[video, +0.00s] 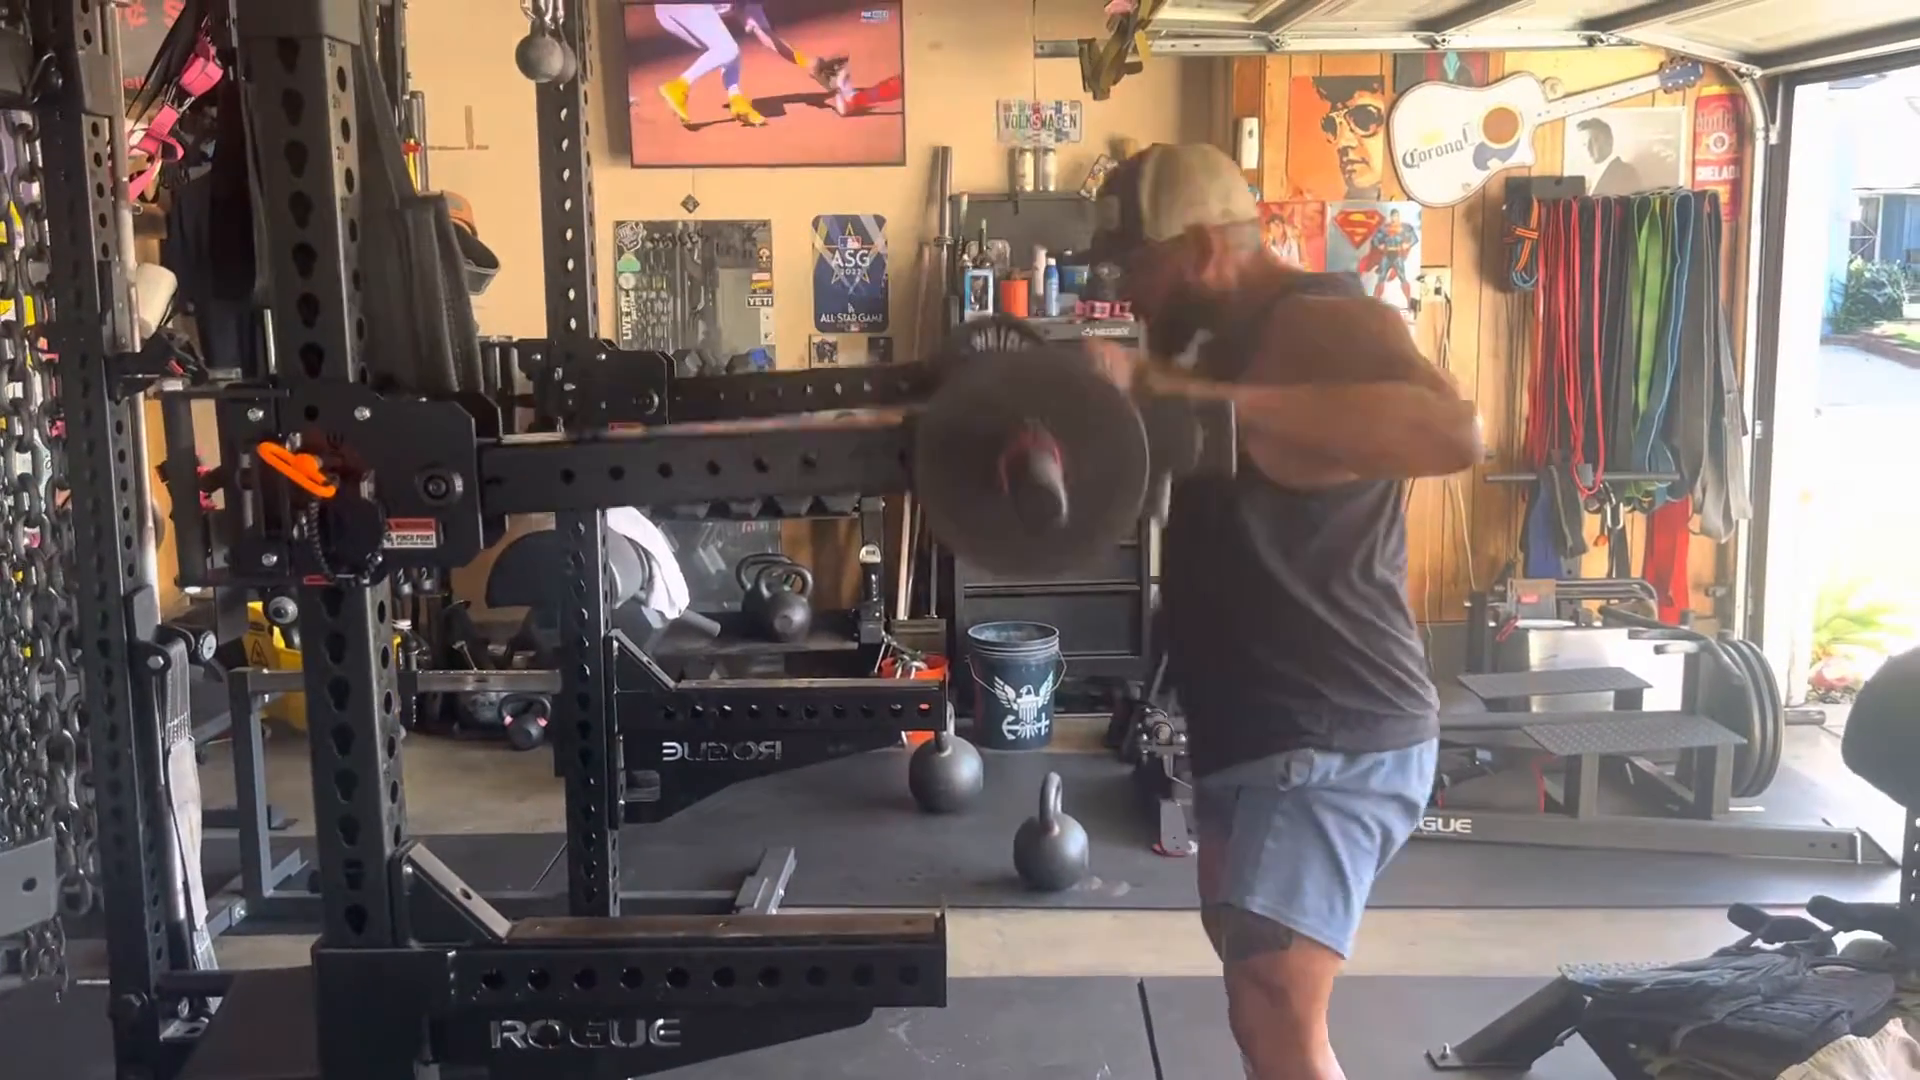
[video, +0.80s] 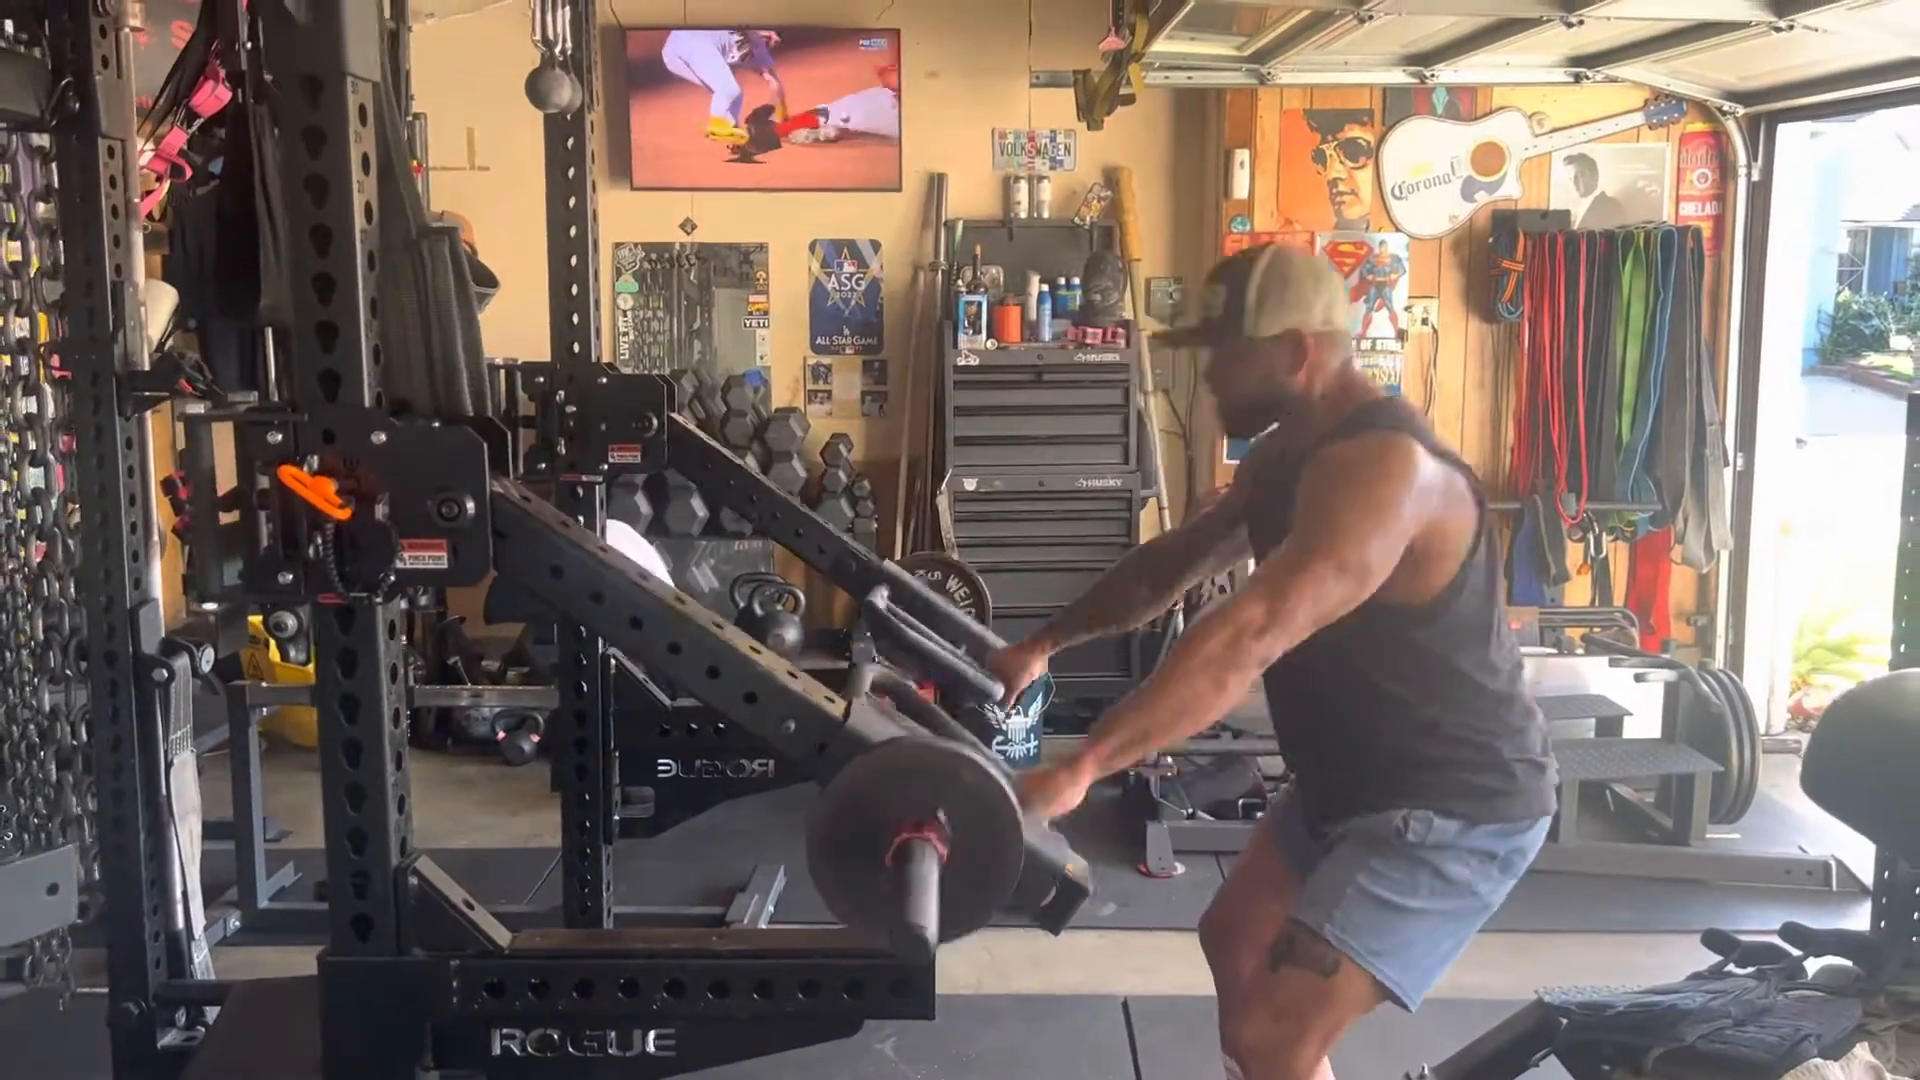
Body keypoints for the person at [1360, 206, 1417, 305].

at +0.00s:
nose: (1395, 219)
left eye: (1396, 216)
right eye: (1393, 216)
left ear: (1399, 217)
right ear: (1390, 217)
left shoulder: (1406, 228)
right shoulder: (1384, 228)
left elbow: (1414, 239)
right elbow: (1375, 239)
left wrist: (1407, 246)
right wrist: (1379, 246)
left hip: (1399, 252)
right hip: (1387, 252)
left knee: (1402, 277)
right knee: (1381, 277)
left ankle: (1408, 300)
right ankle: (1376, 300)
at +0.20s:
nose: (1391, 227)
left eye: (1392, 224)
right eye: (1389, 225)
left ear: (1395, 225)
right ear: (1386, 225)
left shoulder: (1402, 235)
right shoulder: (1381, 236)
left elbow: (1410, 247)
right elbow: (1371, 247)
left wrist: (1403, 253)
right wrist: (1376, 254)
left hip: (1394, 261)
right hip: (1383, 260)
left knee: (1398, 285)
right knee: (1377, 284)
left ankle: (1405, 308)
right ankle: (1371, 308)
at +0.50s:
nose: (1388, 240)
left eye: (1389, 238)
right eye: (1386, 238)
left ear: (1392, 238)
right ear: (1383, 238)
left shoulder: (1399, 248)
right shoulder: (1378, 248)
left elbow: (1407, 260)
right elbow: (1368, 259)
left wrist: (1400, 266)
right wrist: (1372, 266)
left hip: (1391, 273)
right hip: (1379, 273)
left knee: (1395, 297)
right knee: (1373, 298)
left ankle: (1401, 322)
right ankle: (1368, 322)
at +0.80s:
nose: (1383, 249)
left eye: (1385, 247)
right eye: (1381, 247)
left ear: (1387, 248)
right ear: (1379, 248)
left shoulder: (1394, 258)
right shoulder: (1373, 258)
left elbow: (1402, 270)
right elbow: (1364, 269)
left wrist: (1395, 276)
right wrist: (1368, 276)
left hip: (1387, 284)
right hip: (1375, 283)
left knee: (1390, 308)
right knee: (1369, 308)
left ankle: (1396, 332)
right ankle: (1363, 332)